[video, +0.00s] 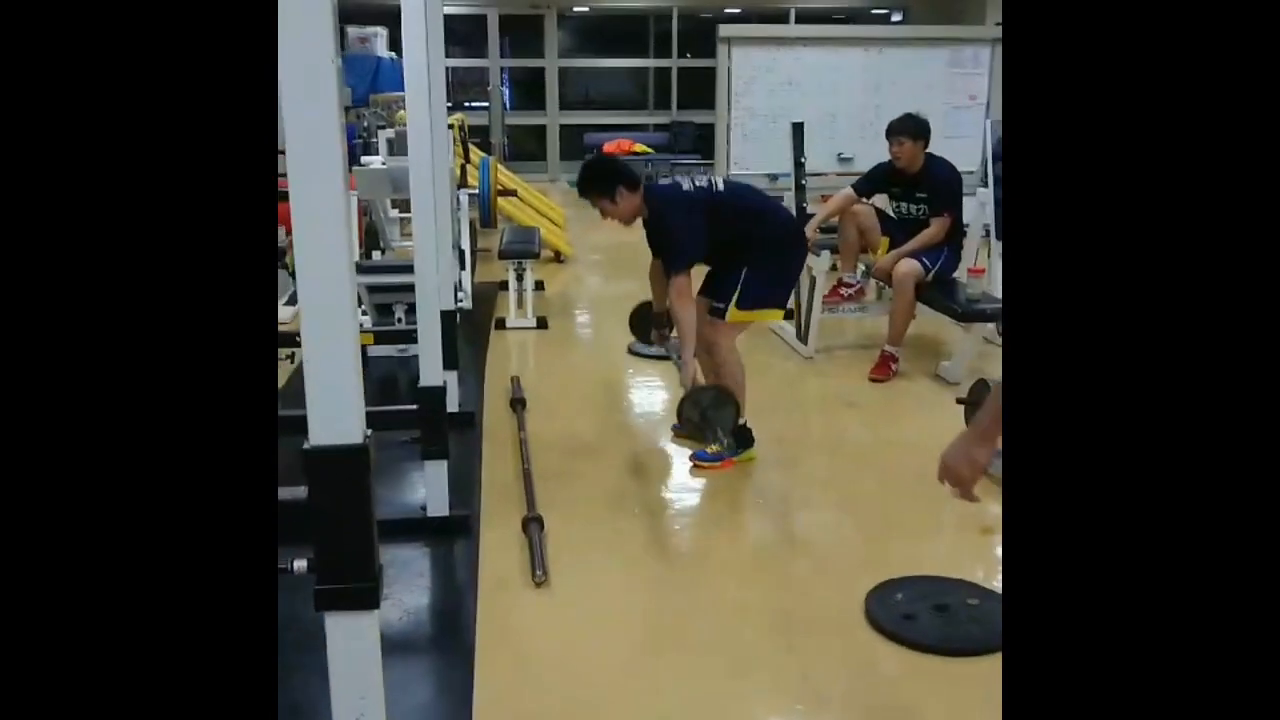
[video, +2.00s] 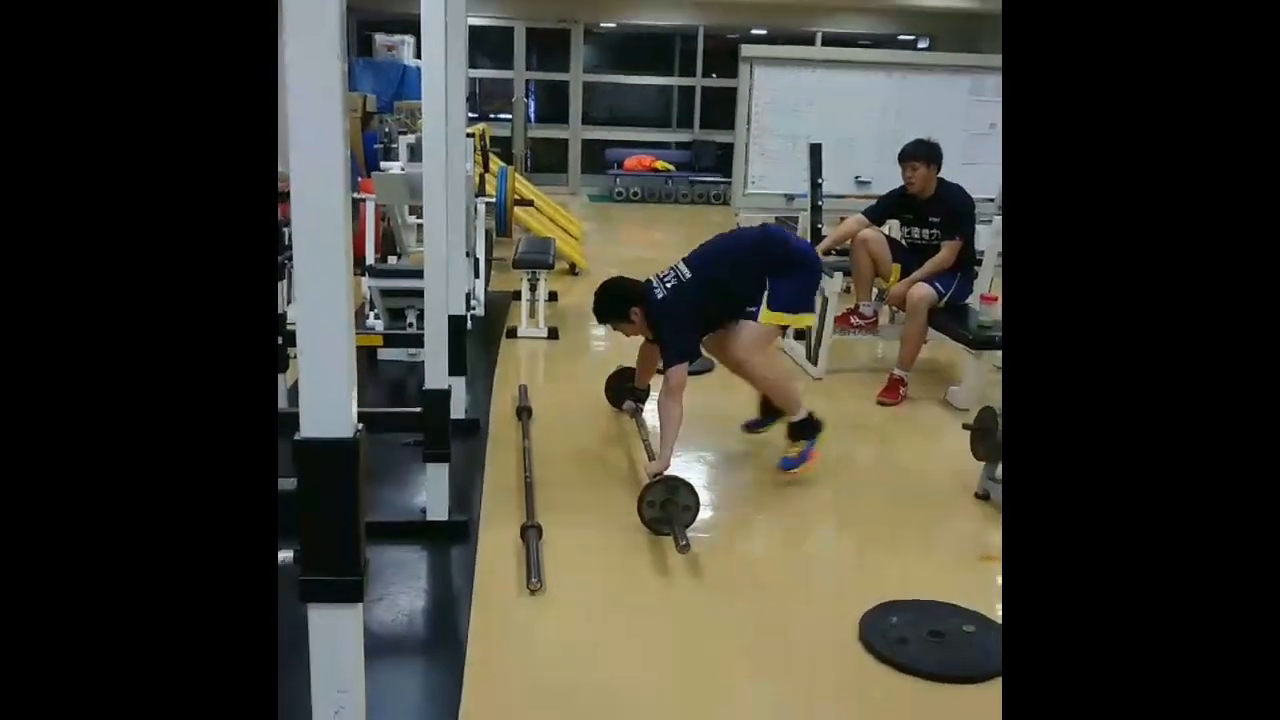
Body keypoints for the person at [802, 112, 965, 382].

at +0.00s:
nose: (894, 150)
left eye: (901, 143)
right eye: (891, 143)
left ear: (922, 144)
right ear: (888, 144)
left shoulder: (943, 174)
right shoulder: (887, 170)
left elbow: (938, 231)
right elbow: (848, 196)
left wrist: (893, 256)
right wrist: (812, 224)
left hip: (941, 246)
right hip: (902, 236)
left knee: (904, 271)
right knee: (852, 212)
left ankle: (890, 353)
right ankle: (849, 283)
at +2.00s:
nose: (907, 175)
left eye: (915, 169)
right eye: (904, 169)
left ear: (934, 170)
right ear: (901, 170)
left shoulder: (957, 199)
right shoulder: (899, 197)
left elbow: (947, 257)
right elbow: (858, 222)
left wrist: (906, 284)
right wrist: (819, 249)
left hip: (954, 273)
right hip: (914, 264)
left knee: (918, 295)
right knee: (864, 238)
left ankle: (899, 378)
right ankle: (864, 314)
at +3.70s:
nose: (891, 204)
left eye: (899, 197)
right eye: (888, 198)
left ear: (918, 199)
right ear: (884, 199)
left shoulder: (940, 230)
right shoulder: (882, 227)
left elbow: (931, 286)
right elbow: (841, 254)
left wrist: (888, 314)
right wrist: (804, 279)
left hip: (934, 302)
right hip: (894, 294)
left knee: (900, 324)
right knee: (848, 268)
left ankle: (883, 406)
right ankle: (849, 343)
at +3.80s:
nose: (892, 204)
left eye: (899, 198)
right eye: (888, 198)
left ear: (919, 200)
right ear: (884, 199)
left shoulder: (940, 231)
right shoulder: (883, 228)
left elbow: (931, 286)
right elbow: (842, 254)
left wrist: (889, 315)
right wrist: (805, 279)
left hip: (934, 303)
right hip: (895, 294)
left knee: (900, 325)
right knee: (848, 269)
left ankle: (884, 406)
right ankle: (849, 343)